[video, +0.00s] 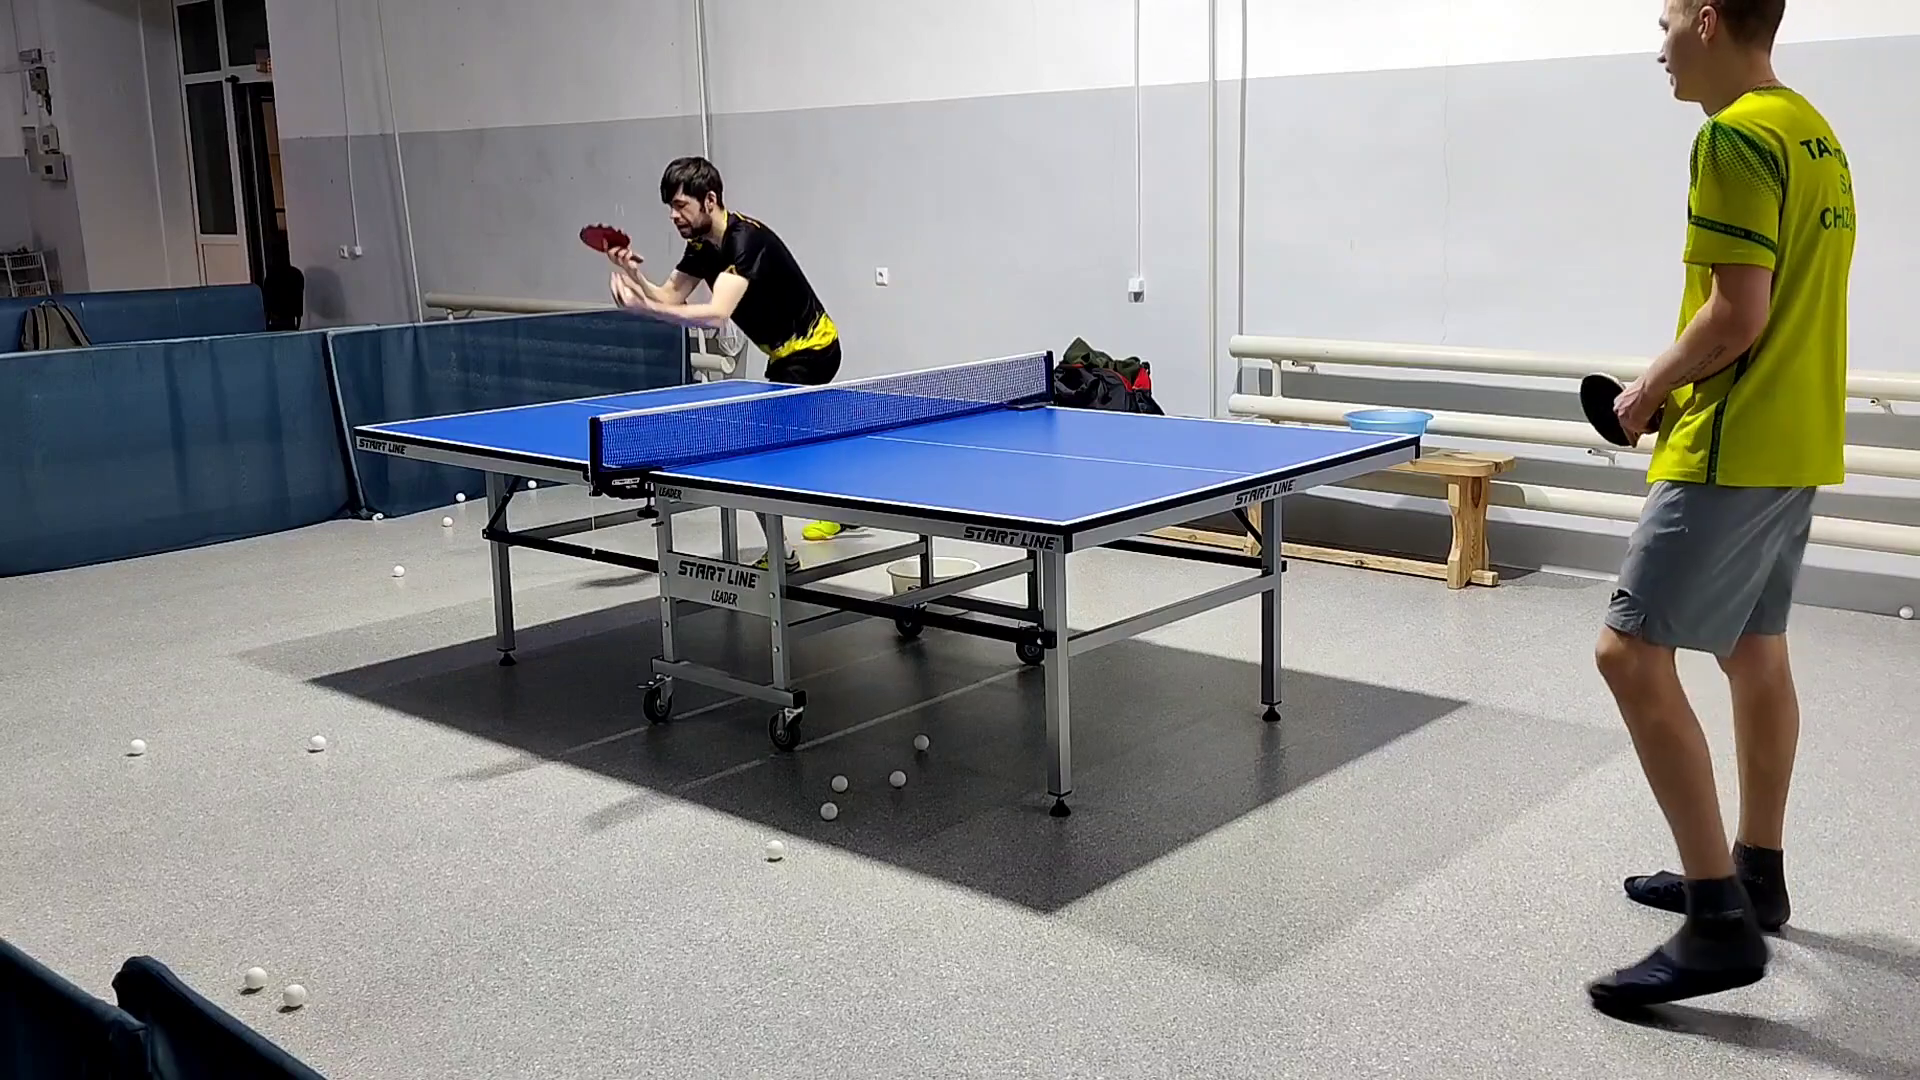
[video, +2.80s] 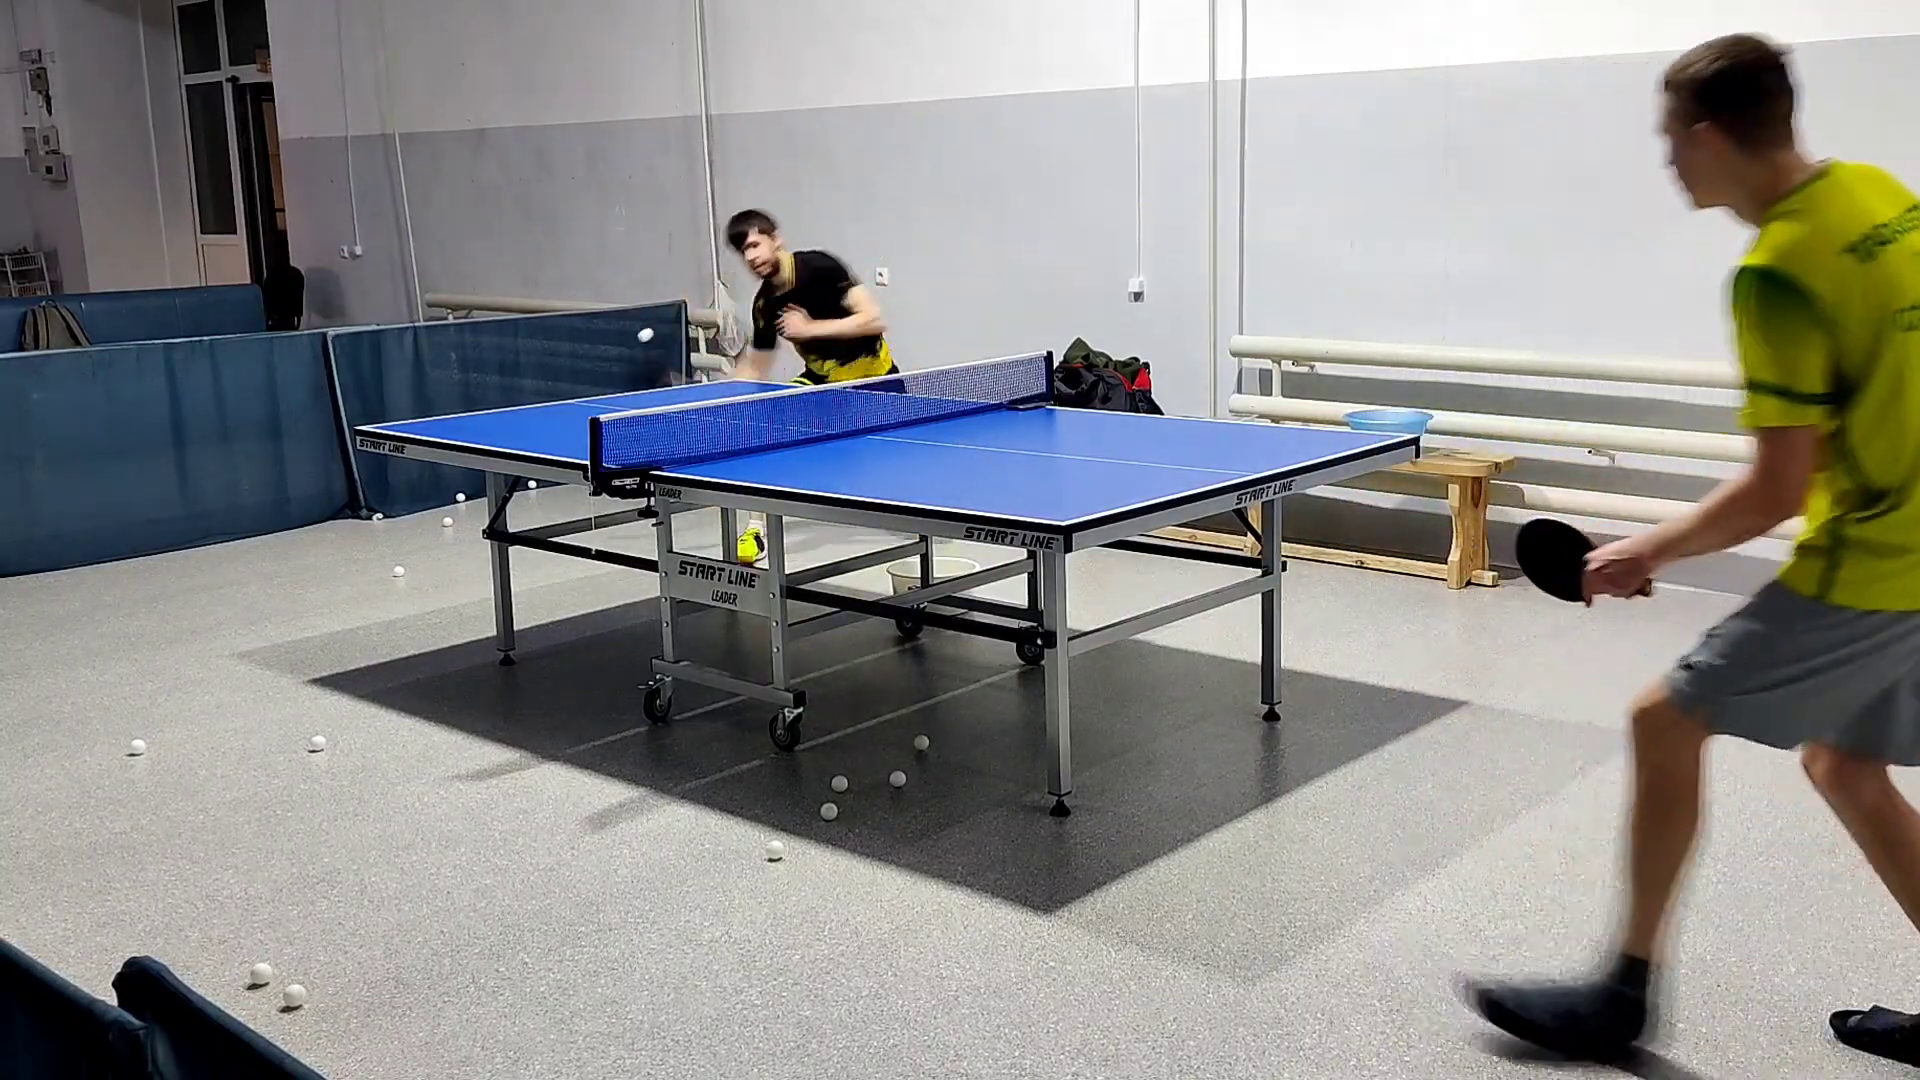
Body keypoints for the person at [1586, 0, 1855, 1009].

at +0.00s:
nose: (1660, 46)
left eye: (1667, 24)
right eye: (1661, 27)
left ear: (1710, 22)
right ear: (1753, 26)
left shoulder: (1733, 137)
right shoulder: (1811, 134)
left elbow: (1739, 312)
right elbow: (1793, 311)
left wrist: (1647, 388)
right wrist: (1678, 383)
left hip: (1729, 451)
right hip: (1793, 448)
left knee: (1632, 658)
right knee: (1755, 652)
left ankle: (1718, 923)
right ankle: (1756, 874)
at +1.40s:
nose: (1559, 113)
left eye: (1559, 93)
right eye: (1555, 94)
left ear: (1597, 83)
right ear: (1645, 73)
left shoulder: (1671, 195)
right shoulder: (1724, 148)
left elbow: (1669, 395)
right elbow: (1730, 345)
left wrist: (1544, 470)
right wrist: (1591, 450)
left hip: (1695, 480)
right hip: (1757, 466)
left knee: (1568, 666)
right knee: (1676, 652)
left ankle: (1602, 941)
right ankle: (1750, 877)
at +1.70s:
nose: (1463, 162)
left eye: (1467, 139)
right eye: (1456, 141)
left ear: (1517, 120)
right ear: (1528, 119)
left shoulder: (1624, 220)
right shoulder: (1584, 198)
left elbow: (1625, 418)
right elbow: (1613, 387)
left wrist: (1491, 489)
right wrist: (1512, 480)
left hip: (1641, 504)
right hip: (1655, 492)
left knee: (1510, 685)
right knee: (1650, 674)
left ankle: (1515, 954)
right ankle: (1746, 878)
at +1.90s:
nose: (1356, 228)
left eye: (1359, 206)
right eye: (1349, 208)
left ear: (1414, 186)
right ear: (1426, 182)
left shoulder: (1509, 273)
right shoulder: (1537, 210)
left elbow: (1476, 468)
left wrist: (1328, 518)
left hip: (1604, 517)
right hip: (1667, 489)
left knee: (1439, 696)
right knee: (1631, 680)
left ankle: (1509, 956)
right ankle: (1741, 876)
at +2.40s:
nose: (1405, 219)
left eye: (1405, 199)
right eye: (1400, 200)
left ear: (1438, 190)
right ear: (1492, 169)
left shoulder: (1473, 313)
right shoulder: (1613, 206)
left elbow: (1476, 482)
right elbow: (1650, 354)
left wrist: (1438, 474)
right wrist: (1525, 429)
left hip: (1648, 541)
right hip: (1766, 512)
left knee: (1471, 694)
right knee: (1725, 710)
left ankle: (1509, 955)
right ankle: (1890, 935)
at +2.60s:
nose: (1545, 190)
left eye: (1548, 167)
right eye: (1542, 168)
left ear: (1585, 157)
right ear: (1639, 144)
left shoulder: (1625, 287)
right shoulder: (1754, 201)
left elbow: (1628, 492)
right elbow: (1806, 373)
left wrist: (1558, 535)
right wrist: (1664, 470)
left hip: (1751, 559)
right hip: (1864, 536)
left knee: (1555, 703)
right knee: (1797, 758)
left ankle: (1519, 957)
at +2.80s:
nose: (1672, 168)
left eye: (1678, 145)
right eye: (1670, 147)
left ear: (1727, 135)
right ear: (1766, 127)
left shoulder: (1778, 270)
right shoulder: (1878, 192)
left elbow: (1777, 487)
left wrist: (1644, 550)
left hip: (1868, 569)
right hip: (1919, 557)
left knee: (1667, 721)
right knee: (1847, 766)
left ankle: (1624, 995)